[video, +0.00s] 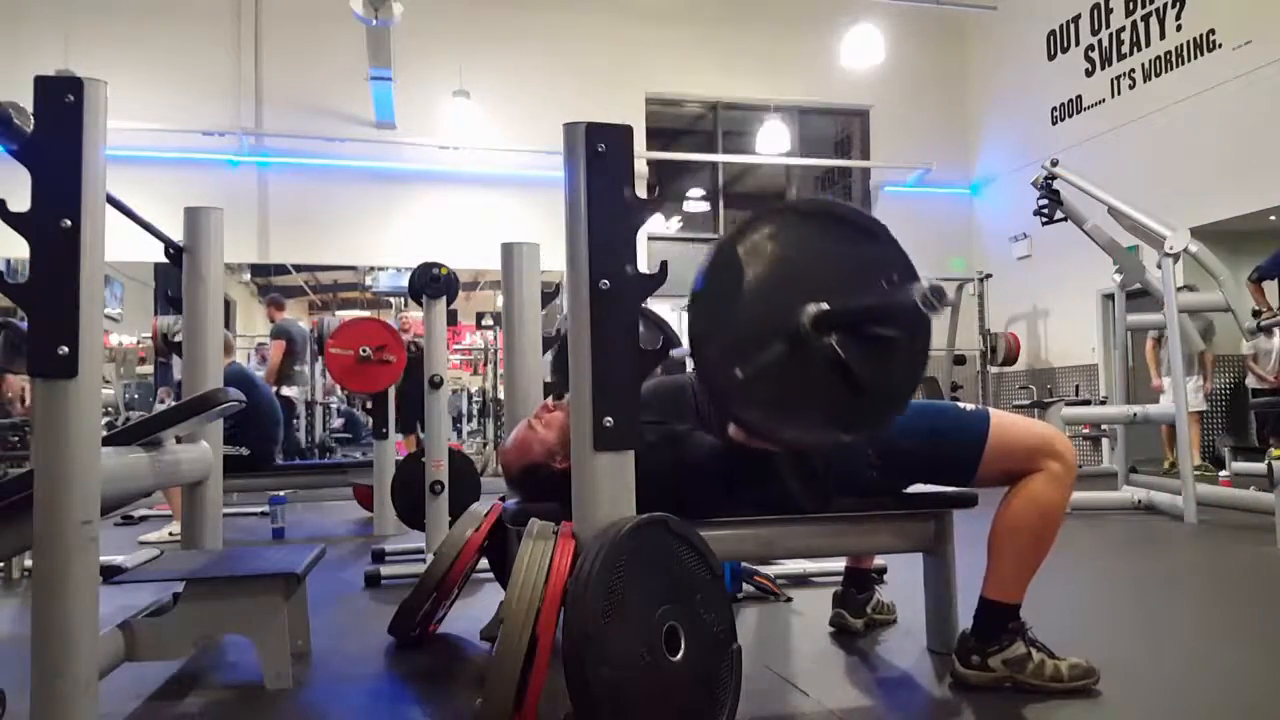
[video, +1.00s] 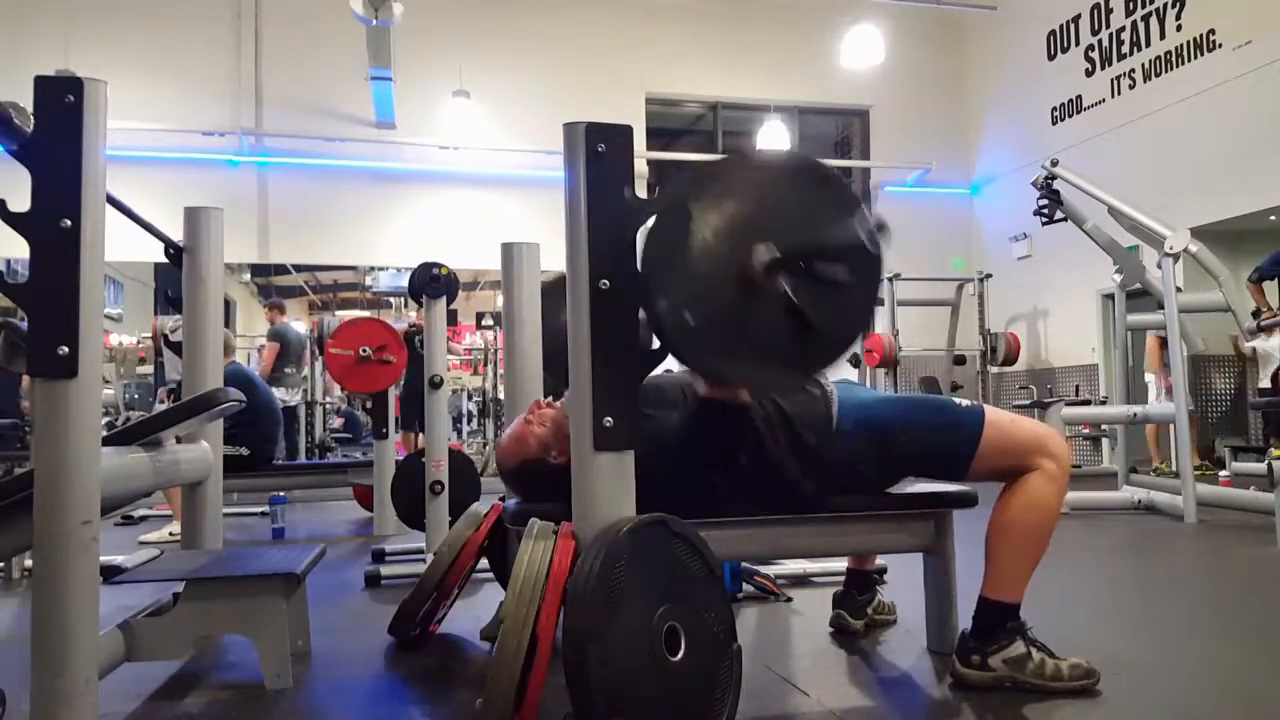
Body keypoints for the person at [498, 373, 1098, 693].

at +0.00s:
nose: (542, 414)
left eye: (529, 420)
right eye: (534, 429)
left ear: (539, 439)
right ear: (545, 461)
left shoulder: (599, 430)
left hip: (774, 427)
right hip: (821, 439)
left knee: (894, 437)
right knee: (1052, 455)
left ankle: (857, 591)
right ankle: (993, 637)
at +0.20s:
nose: (544, 411)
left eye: (532, 417)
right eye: (537, 428)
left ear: (548, 424)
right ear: (552, 463)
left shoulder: (608, 429)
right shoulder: (619, 462)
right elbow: (749, 461)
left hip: (790, 430)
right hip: (826, 446)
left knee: (895, 442)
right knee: (1053, 453)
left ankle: (856, 593)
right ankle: (992, 638)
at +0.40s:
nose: (544, 408)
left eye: (533, 414)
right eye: (537, 426)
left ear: (554, 436)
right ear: (555, 458)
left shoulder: (611, 428)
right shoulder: (627, 442)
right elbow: (766, 466)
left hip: (802, 436)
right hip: (833, 447)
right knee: (1053, 456)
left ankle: (856, 595)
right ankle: (992, 639)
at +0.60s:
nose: (544, 409)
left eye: (533, 416)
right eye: (537, 428)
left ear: (553, 437)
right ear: (556, 458)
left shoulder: (612, 427)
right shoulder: (627, 444)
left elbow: (667, 388)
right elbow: (761, 468)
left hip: (797, 441)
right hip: (827, 452)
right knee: (1053, 455)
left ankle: (856, 596)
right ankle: (993, 640)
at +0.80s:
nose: (542, 407)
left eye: (531, 416)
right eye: (536, 424)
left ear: (550, 436)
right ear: (553, 453)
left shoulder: (612, 420)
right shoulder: (621, 450)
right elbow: (746, 451)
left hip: (799, 424)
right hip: (832, 433)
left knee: (890, 446)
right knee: (1052, 455)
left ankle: (855, 597)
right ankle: (993, 640)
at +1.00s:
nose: (534, 408)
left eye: (522, 414)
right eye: (529, 425)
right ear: (549, 459)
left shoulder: (606, 427)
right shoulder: (601, 453)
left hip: (773, 435)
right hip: (823, 435)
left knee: (887, 440)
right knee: (1046, 452)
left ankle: (859, 590)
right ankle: (993, 640)